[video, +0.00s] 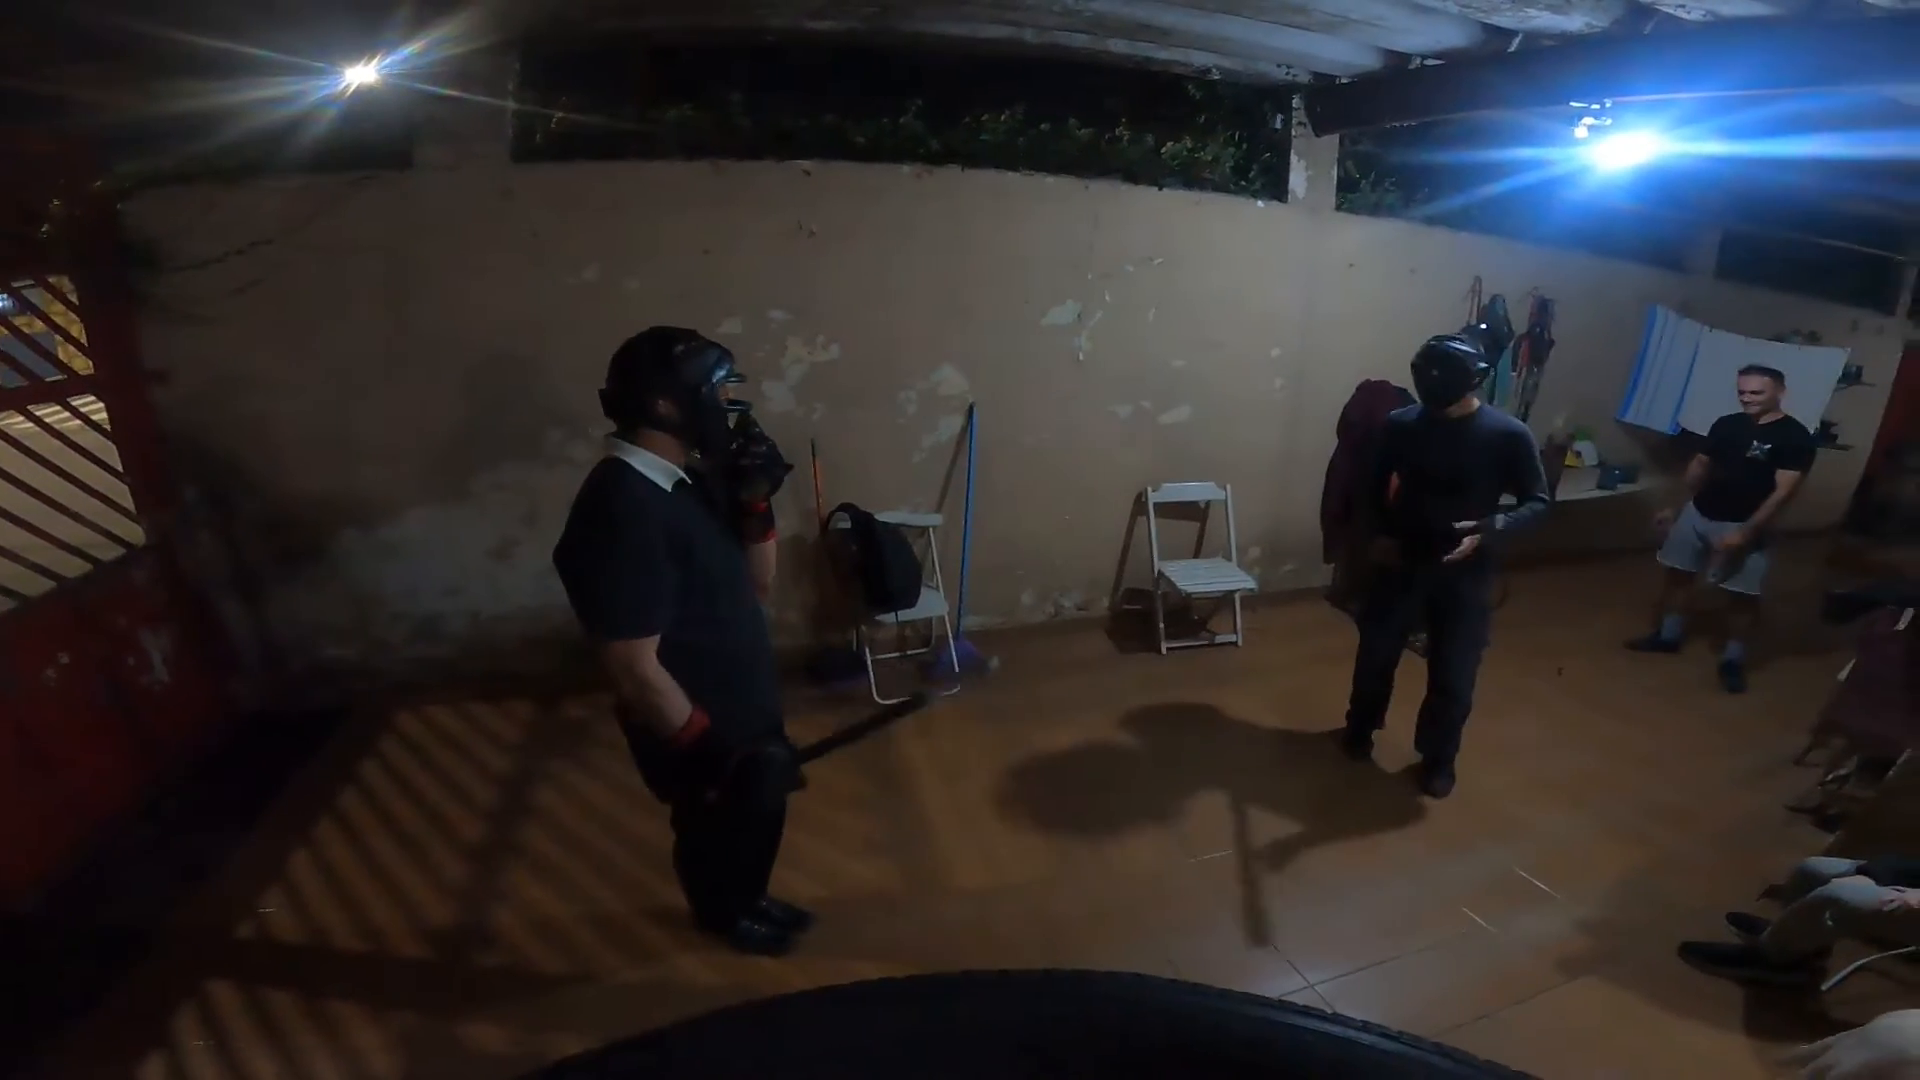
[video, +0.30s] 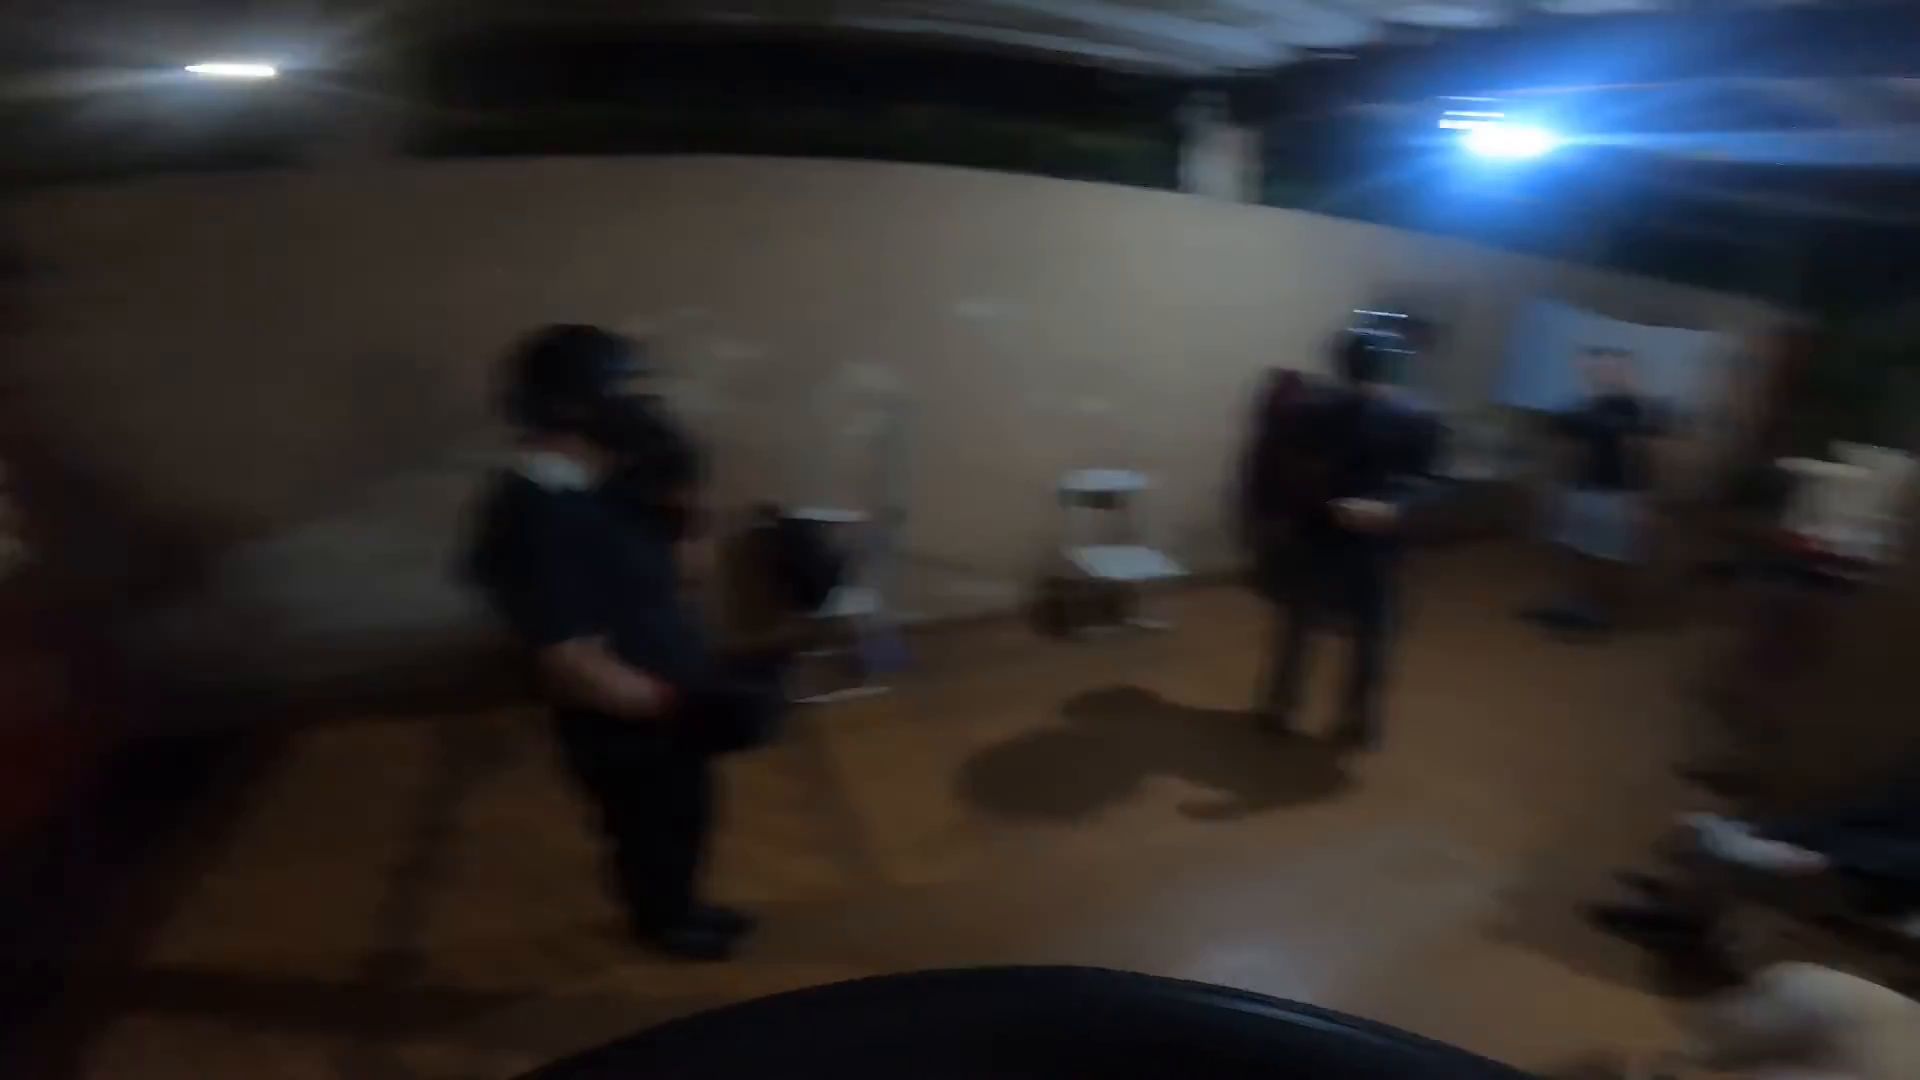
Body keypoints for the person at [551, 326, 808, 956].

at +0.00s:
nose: (726, 402)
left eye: (723, 385)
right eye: (708, 388)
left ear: (666, 408)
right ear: (661, 407)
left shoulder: (687, 479)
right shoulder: (614, 510)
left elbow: (756, 587)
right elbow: (633, 666)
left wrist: (754, 505)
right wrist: (706, 742)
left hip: (741, 694)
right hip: (695, 719)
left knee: (755, 809)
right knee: (718, 824)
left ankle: (747, 898)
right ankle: (723, 914)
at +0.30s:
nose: (626, 404)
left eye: (623, 390)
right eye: (609, 392)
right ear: (574, 405)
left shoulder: (591, 492)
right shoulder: (534, 512)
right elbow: (565, 645)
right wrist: (647, 694)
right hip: (616, 706)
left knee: (662, 805)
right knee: (656, 812)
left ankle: (667, 904)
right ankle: (664, 916)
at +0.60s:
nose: (607, 380)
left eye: (600, 365)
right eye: (585, 371)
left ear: (541, 399)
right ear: (537, 397)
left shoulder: (573, 474)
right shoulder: (497, 509)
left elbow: (640, 589)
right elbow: (535, 667)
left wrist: (665, 522)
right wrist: (642, 722)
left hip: (637, 693)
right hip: (581, 721)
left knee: (652, 817)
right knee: (618, 829)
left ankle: (653, 905)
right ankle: (629, 923)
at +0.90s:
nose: (662, 383)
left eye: (656, 367)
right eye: (643, 373)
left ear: (600, 398)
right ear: (598, 397)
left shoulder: (616, 471)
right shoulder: (561, 506)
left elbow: (632, 580)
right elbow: (587, 665)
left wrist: (687, 582)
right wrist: (684, 717)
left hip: (662, 693)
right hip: (620, 719)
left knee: (686, 801)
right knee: (647, 823)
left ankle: (690, 879)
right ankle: (656, 915)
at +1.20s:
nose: (736, 398)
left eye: (733, 382)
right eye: (720, 386)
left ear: (676, 407)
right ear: (678, 406)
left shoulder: (669, 473)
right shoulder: (639, 498)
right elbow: (673, 654)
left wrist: (731, 521)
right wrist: (788, 669)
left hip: (689, 672)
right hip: (661, 688)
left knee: (719, 782)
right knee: (776, 794)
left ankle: (706, 892)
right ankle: (709, 902)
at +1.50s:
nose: (823, 405)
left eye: (819, 392)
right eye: (809, 395)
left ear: (757, 414)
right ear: (770, 416)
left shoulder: (694, 472)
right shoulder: (742, 510)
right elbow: (765, 652)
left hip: (686, 660)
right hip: (730, 679)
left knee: (758, 745)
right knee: (834, 778)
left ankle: (732, 861)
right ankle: (890, 900)